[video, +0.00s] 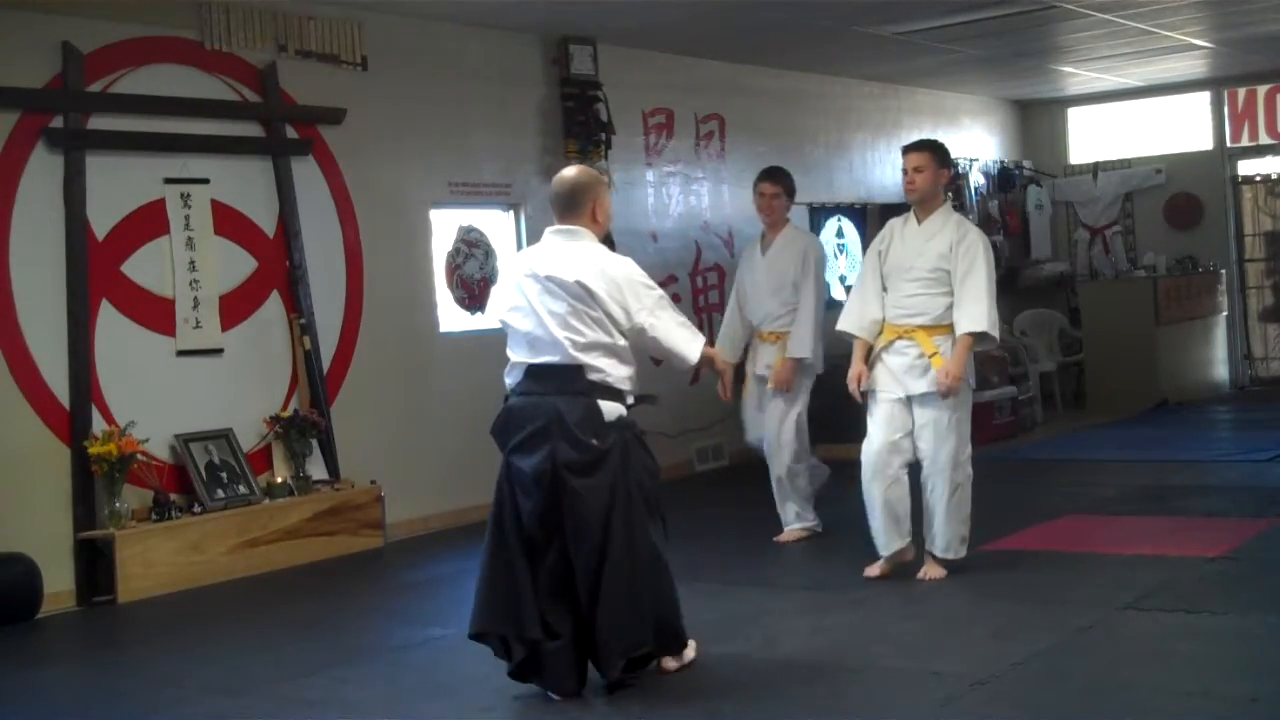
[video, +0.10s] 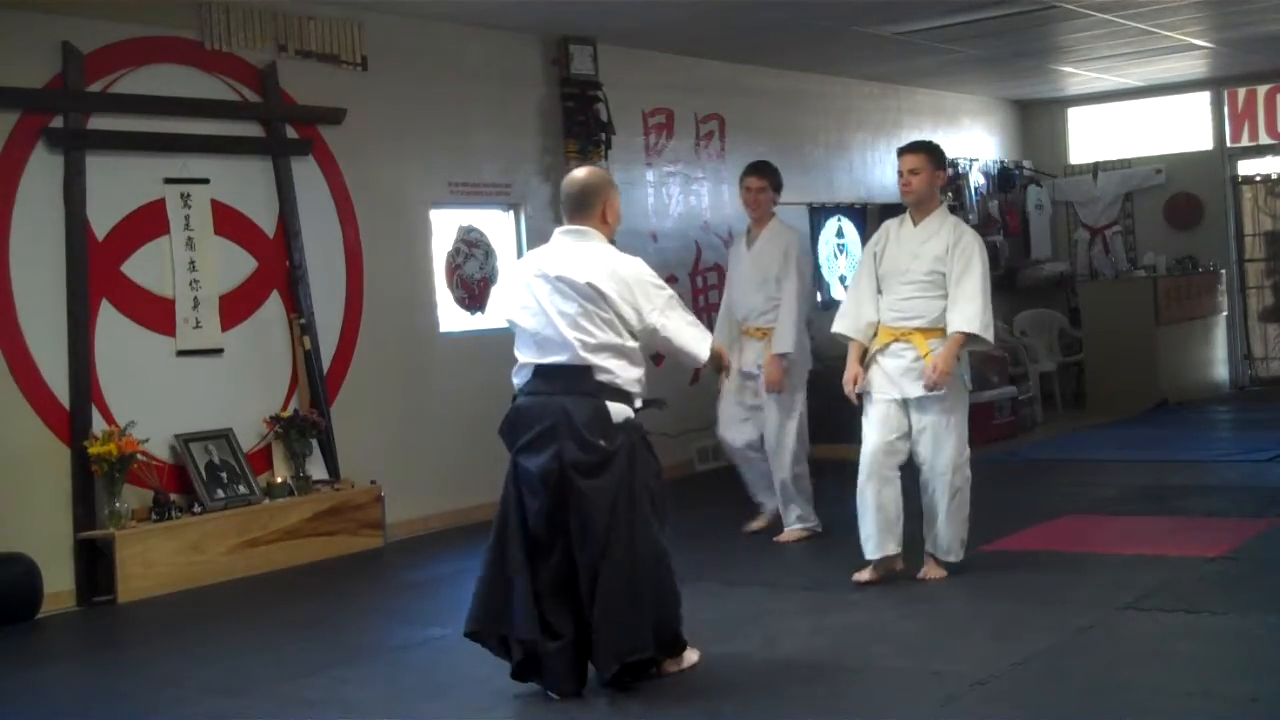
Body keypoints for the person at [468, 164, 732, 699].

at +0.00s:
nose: (611, 211)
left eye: (608, 201)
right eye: (609, 202)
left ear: (555, 210)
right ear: (597, 208)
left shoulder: (519, 266)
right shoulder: (614, 269)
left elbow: (500, 312)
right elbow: (665, 328)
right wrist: (709, 355)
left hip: (525, 415)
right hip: (591, 416)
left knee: (538, 539)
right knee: (630, 531)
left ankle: (554, 665)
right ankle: (667, 646)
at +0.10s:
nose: (620, 213)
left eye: (617, 204)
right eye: (618, 205)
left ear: (564, 210)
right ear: (609, 210)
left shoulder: (524, 266)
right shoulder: (624, 270)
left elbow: (505, 314)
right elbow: (681, 331)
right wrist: (715, 354)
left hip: (532, 417)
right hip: (600, 417)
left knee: (546, 542)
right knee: (636, 536)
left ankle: (555, 664)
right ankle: (663, 651)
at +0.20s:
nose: (633, 215)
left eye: (630, 207)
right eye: (632, 208)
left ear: (577, 210)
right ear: (622, 211)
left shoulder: (539, 263)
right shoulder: (636, 268)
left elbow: (537, 322)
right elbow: (684, 321)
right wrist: (723, 352)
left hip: (541, 412)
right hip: (608, 414)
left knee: (551, 539)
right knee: (640, 535)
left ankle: (557, 664)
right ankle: (662, 649)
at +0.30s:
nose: (646, 216)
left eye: (644, 207)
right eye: (645, 209)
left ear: (590, 210)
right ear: (635, 212)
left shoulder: (551, 261)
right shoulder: (648, 269)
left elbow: (539, 322)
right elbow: (714, 338)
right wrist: (736, 349)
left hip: (550, 406)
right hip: (616, 409)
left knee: (554, 537)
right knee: (641, 533)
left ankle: (558, 666)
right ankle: (654, 653)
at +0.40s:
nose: (658, 217)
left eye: (657, 209)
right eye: (658, 210)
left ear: (601, 210)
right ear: (647, 213)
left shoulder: (560, 260)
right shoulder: (659, 268)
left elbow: (557, 327)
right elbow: (718, 332)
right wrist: (739, 339)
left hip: (557, 399)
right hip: (623, 402)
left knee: (559, 533)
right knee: (644, 531)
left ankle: (559, 666)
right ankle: (653, 654)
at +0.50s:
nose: (666, 216)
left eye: (666, 208)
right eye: (665, 209)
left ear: (608, 209)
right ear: (654, 212)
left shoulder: (565, 260)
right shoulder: (665, 267)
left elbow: (555, 321)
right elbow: (720, 327)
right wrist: (743, 336)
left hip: (563, 396)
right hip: (627, 397)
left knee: (564, 533)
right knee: (645, 530)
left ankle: (561, 668)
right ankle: (657, 653)